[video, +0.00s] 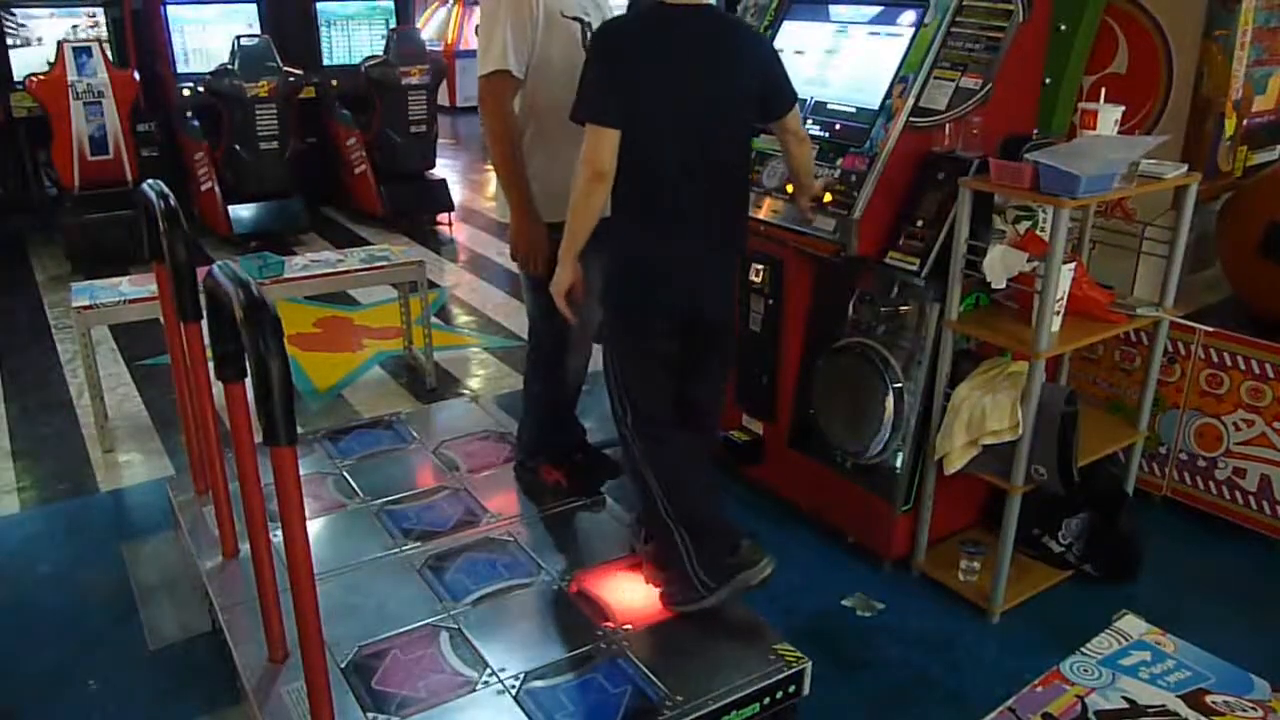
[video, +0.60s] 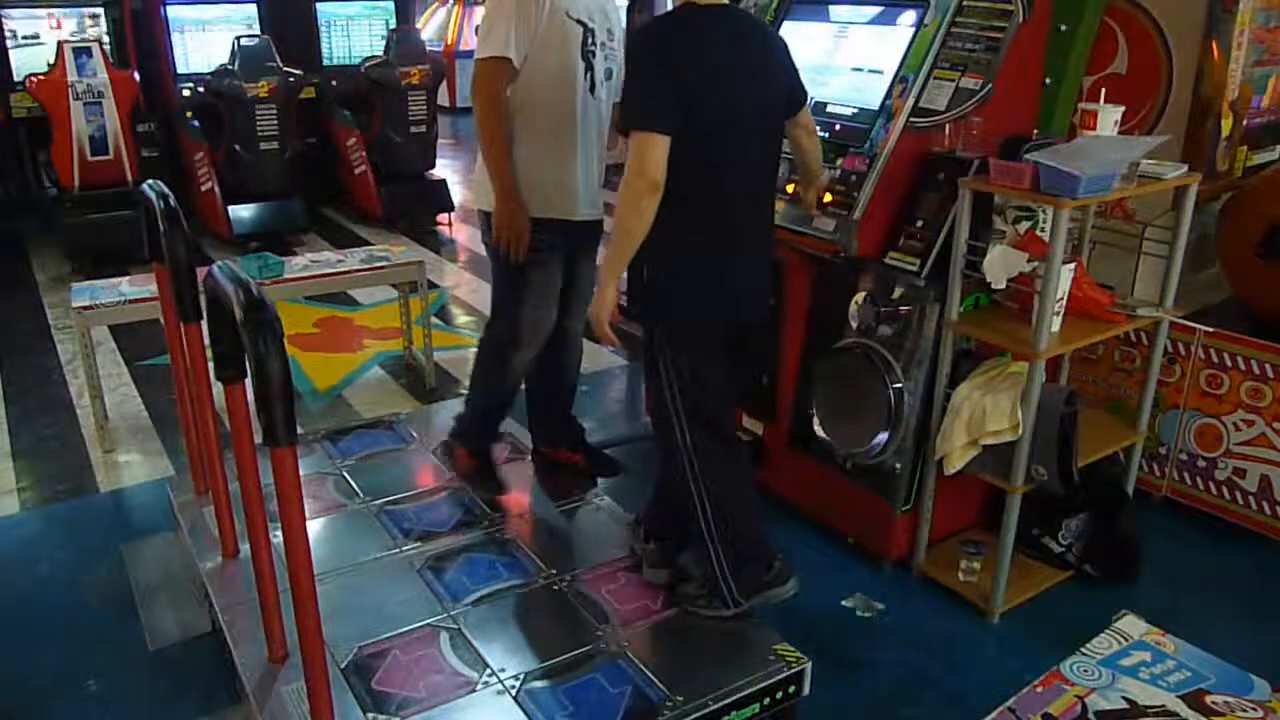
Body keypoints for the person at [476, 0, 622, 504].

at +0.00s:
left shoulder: (614, 8)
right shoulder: (518, 2)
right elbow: (495, 104)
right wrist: (523, 215)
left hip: (598, 201)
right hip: (546, 208)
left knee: (578, 336)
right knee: (554, 339)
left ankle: (566, 441)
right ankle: (537, 456)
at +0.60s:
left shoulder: (611, 10)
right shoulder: (524, 1)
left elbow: (608, 109)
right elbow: (487, 88)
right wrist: (506, 198)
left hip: (582, 204)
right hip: (525, 203)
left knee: (565, 336)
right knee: (520, 333)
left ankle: (556, 443)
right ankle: (471, 441)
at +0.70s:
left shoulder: (611, 11)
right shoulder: (521, 1)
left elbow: (611, 116)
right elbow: (487, 89)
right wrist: (504, 197)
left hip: (584, 204)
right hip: (526, 202)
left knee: (565, 335)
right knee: (514, 332)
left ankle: (557, 445)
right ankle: (452, 436)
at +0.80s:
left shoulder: (610, 10)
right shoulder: (520, 1)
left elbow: (609, 109)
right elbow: (486, 89)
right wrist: (504, 198)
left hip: (585, 205)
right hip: (524, 203)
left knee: (565, 339)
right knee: (508, 336)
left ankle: (557, 446)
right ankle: (447, 440)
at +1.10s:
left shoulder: (609, 12)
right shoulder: (515, 1)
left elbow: (609, 106)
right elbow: (482, 86)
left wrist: (662, 151)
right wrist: (505, 194)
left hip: (586, 205)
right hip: (524, 203)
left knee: (565, 339)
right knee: (503, 338)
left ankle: (557, 446)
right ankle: (448, 445)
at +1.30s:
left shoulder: (613, 9)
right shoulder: (519, 1)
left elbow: (604, 101)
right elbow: (480, 86)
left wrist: (656, 145)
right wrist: (498, 195)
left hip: (585, 206)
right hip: (524, 203)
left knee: (564, 339)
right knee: (494, 336)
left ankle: (557, 441)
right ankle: (435, 447)